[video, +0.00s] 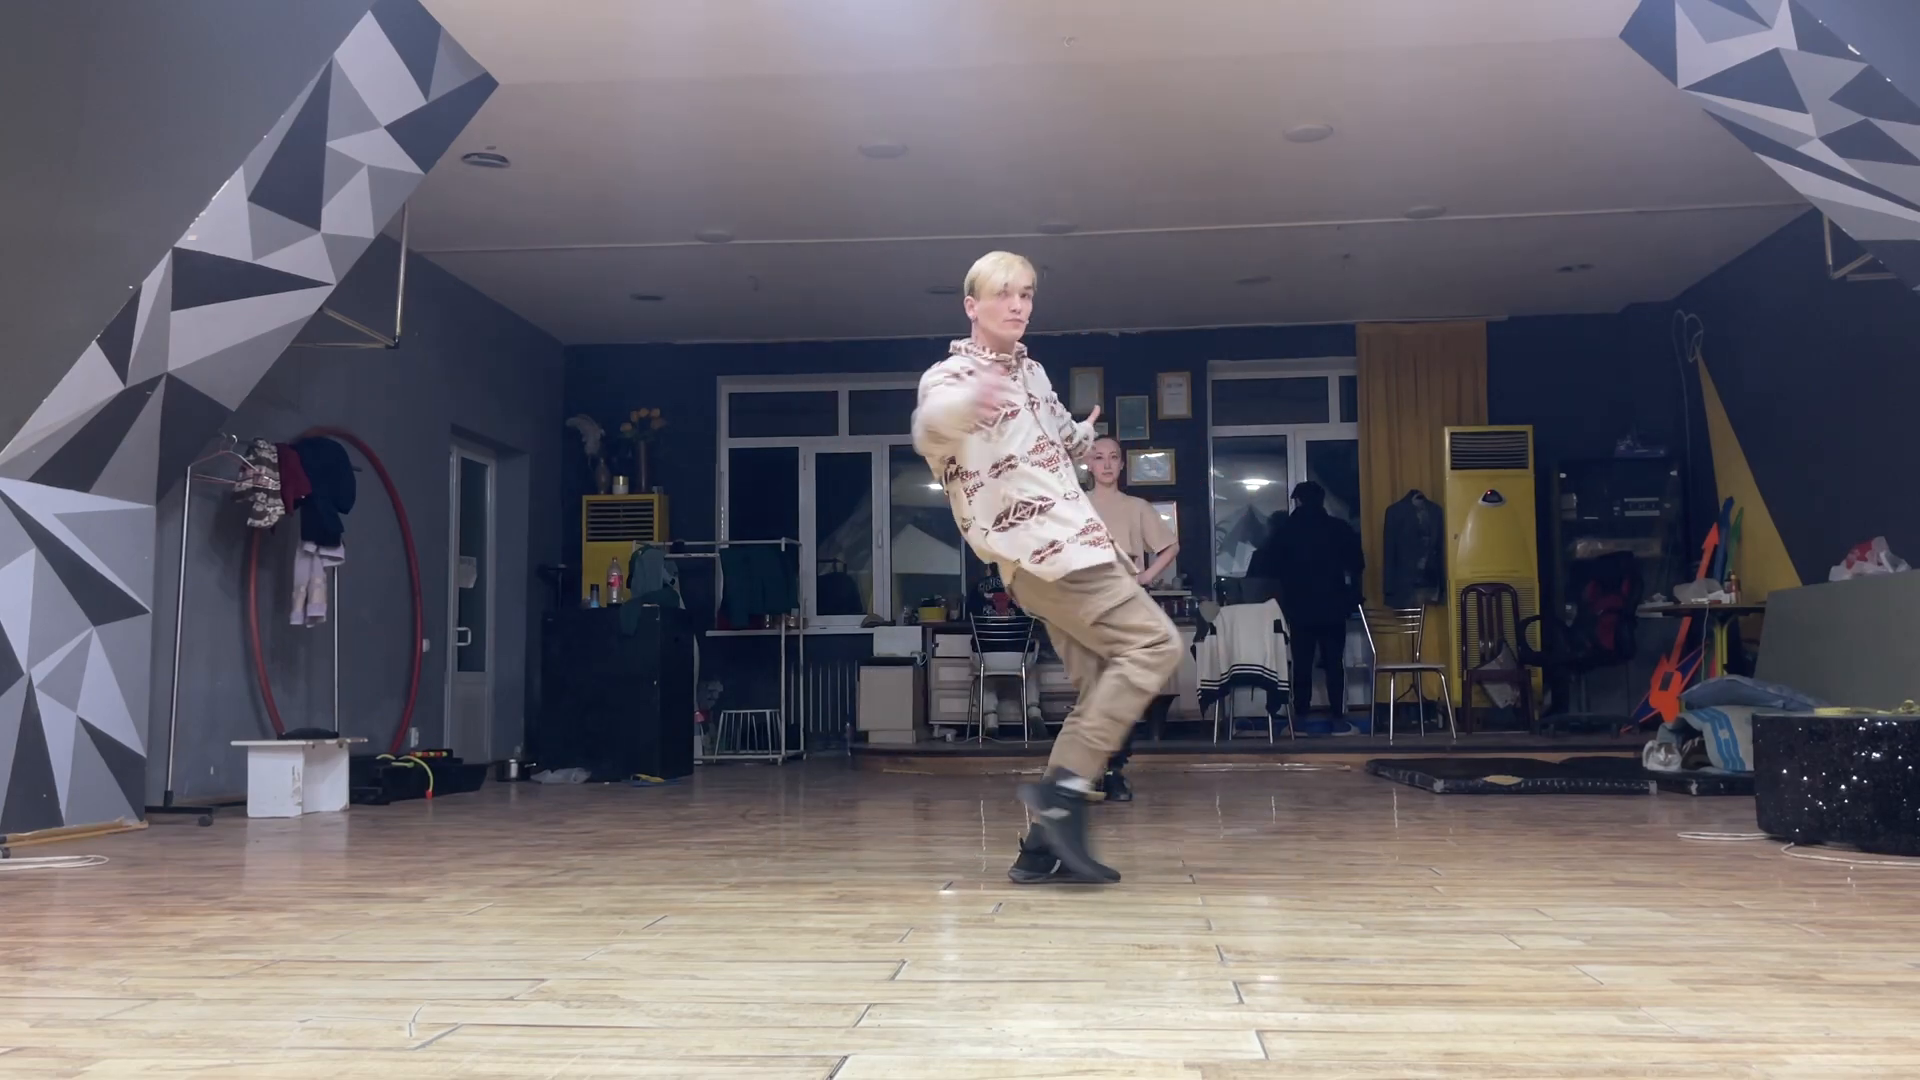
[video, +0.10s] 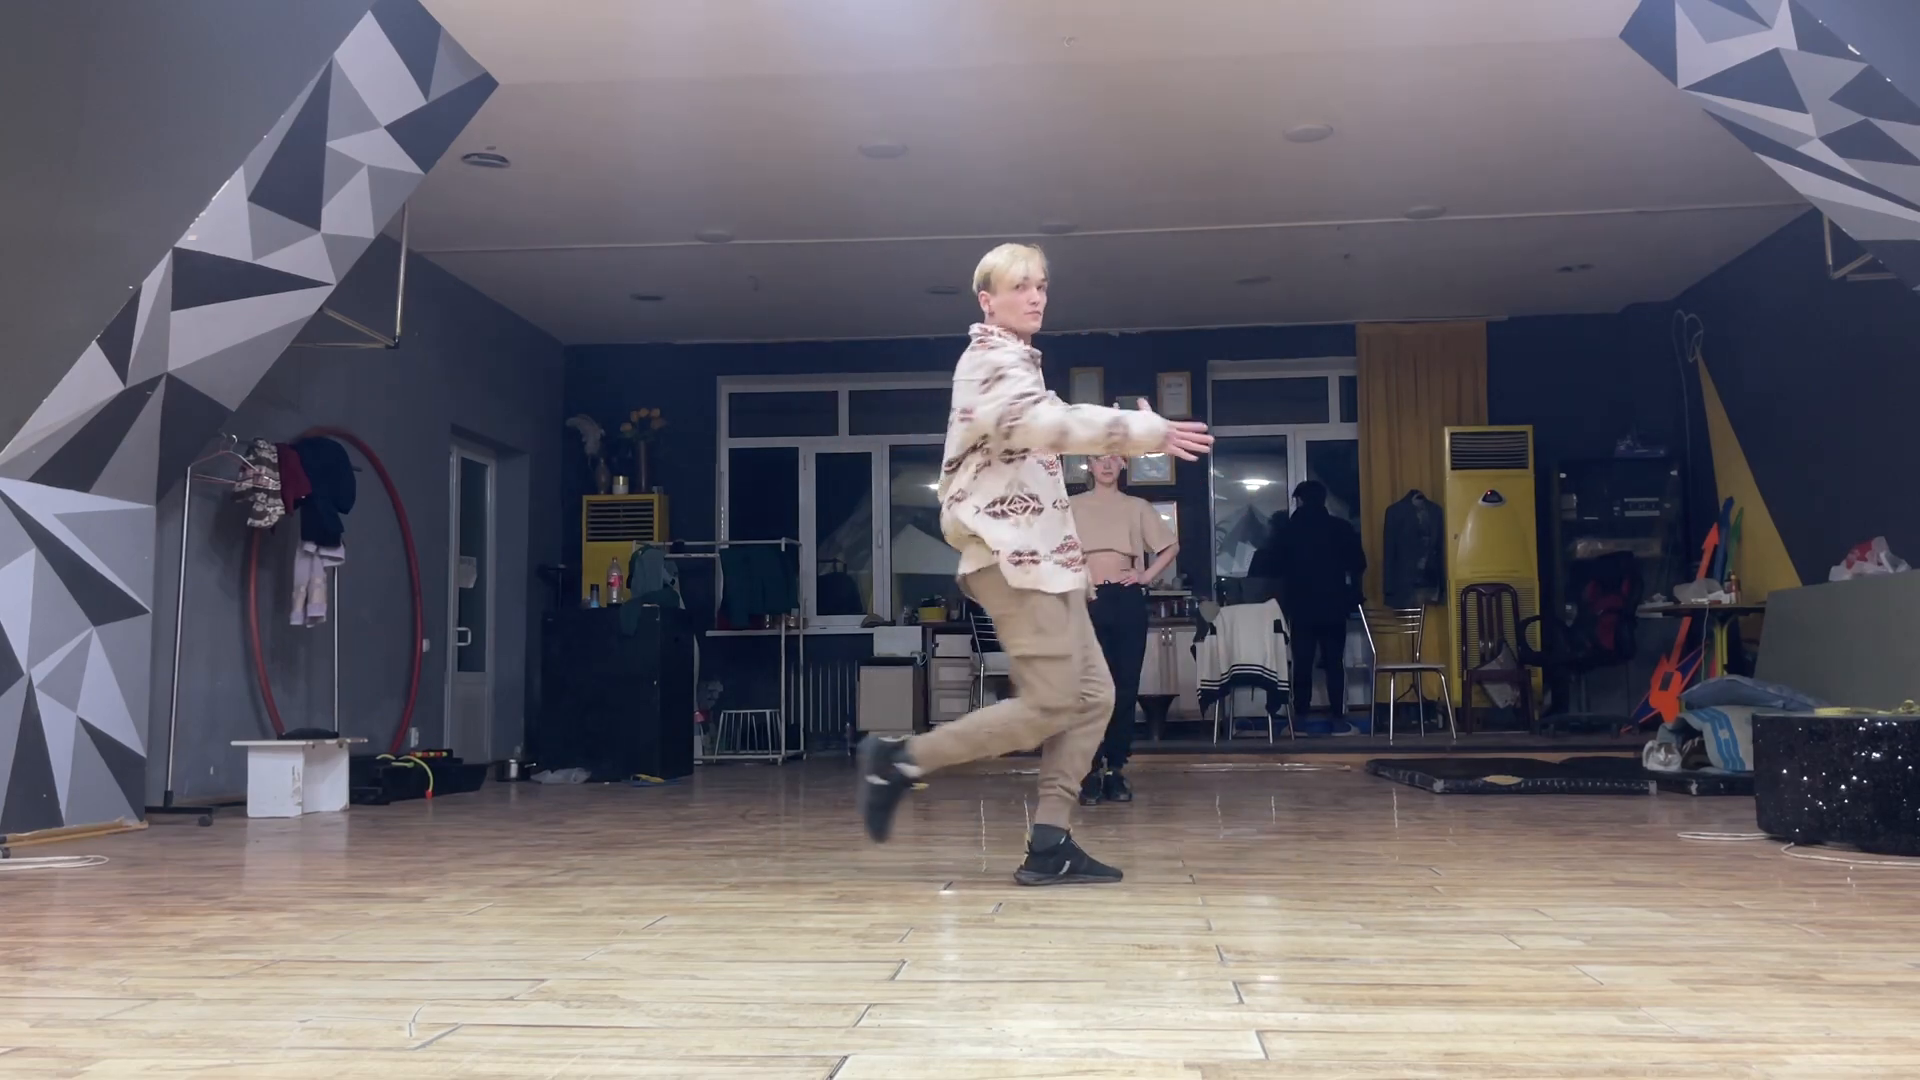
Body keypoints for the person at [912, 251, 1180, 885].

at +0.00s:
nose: (1019, 306)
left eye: (1026, 296)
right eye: (1006, 295)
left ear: (1030, 305)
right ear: (973, 305)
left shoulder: (1028, 367)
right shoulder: (949, 376)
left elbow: (1062, 435)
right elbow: (931, 425)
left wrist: (1086, 437)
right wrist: (968, 404)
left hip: (1063, 539)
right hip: (1038, 544)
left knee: (1099, 684)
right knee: (1153, 644)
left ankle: (1046, 845)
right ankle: (1065, 790)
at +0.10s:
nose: (1037, 298)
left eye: (1041, 287)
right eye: (1022, 287)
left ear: (1040, 295)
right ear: (987, 300)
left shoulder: (1014, 360)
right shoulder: (992, 360)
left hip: (1039, 557)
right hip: (1008, 558)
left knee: (1095, 695)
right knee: (1052, 703)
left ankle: (1050, 840)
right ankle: (900, 761)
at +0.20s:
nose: (1051, 311)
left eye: (1051, 300)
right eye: (1037, 302)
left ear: (1004, 320)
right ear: (1002, 314)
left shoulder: (967, 377)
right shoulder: (1038, 368)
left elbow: (1041, 438)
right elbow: (1138, 416)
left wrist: (1107, 437)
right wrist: (1145, 431)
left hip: (986, 564)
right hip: (993, 564)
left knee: (1071, 694)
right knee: (925, 700)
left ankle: (1054, 839)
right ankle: (813, 806)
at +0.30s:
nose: (1050, 322)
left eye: (1051, 312)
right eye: (1037, 312)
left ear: (1004, 326)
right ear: (999, 322)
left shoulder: (978, 377)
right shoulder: (1012, 373)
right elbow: (1080, 424)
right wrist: (1145, 423)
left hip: (1000, 576)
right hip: (962, 570)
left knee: (1069, 691)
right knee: (899, 710)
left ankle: (1052, 841)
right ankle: (798, 816)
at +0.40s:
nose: (1029, 303)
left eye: (1036, 295)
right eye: (1016, 294)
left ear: (1044, 306)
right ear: (985, 307)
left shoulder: (1040, 386)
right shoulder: (969, 359)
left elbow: (1102, 408)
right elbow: (988, 398)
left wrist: (1187, 400)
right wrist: (1058, 418)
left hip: (1016, 575)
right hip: (944, 563)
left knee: (1075, 685)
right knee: (891, 698)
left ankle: (1045, 839)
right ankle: (806, 815)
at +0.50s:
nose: (1004, 277)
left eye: (1016, 267)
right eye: (991, 267)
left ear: (1034, 282)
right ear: (971, 281)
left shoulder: (1068, 364)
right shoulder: (938, 343)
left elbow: (1145, 381)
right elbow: (861, 360)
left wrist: (1231, 376)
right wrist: (938, 371)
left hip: (1028, 571)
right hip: (937, 559)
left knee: (1061, 695)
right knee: (880, 685)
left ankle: (1062, 832)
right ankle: (849, 812)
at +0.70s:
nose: (983, 305)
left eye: (998, 293)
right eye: (974, 296)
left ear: (1028, 305)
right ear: (966, 307)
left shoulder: (1059, 367)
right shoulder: (952, 386)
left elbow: (1121, 382)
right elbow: (879, 438)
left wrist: (1187, 375)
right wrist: (906, 435)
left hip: (1007, 574)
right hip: (936, 578)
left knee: (1050, 711)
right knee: (876, 683)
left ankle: (1125, 834)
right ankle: (894, 841)